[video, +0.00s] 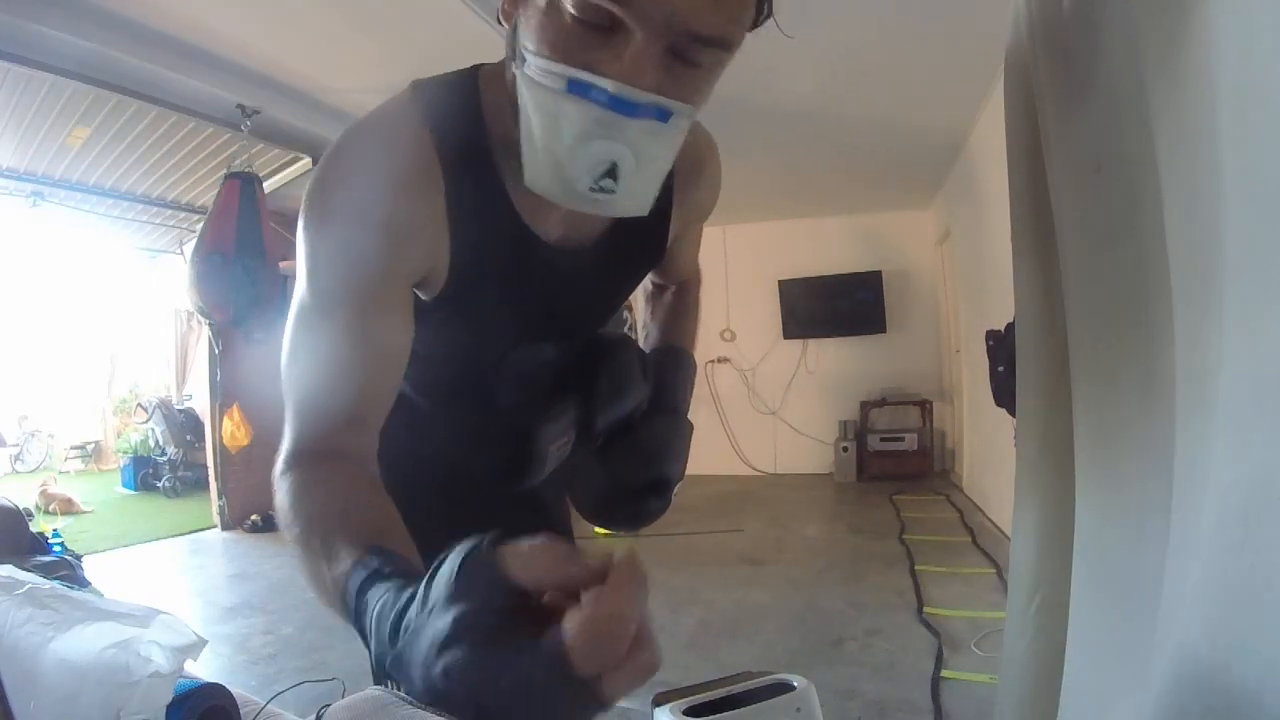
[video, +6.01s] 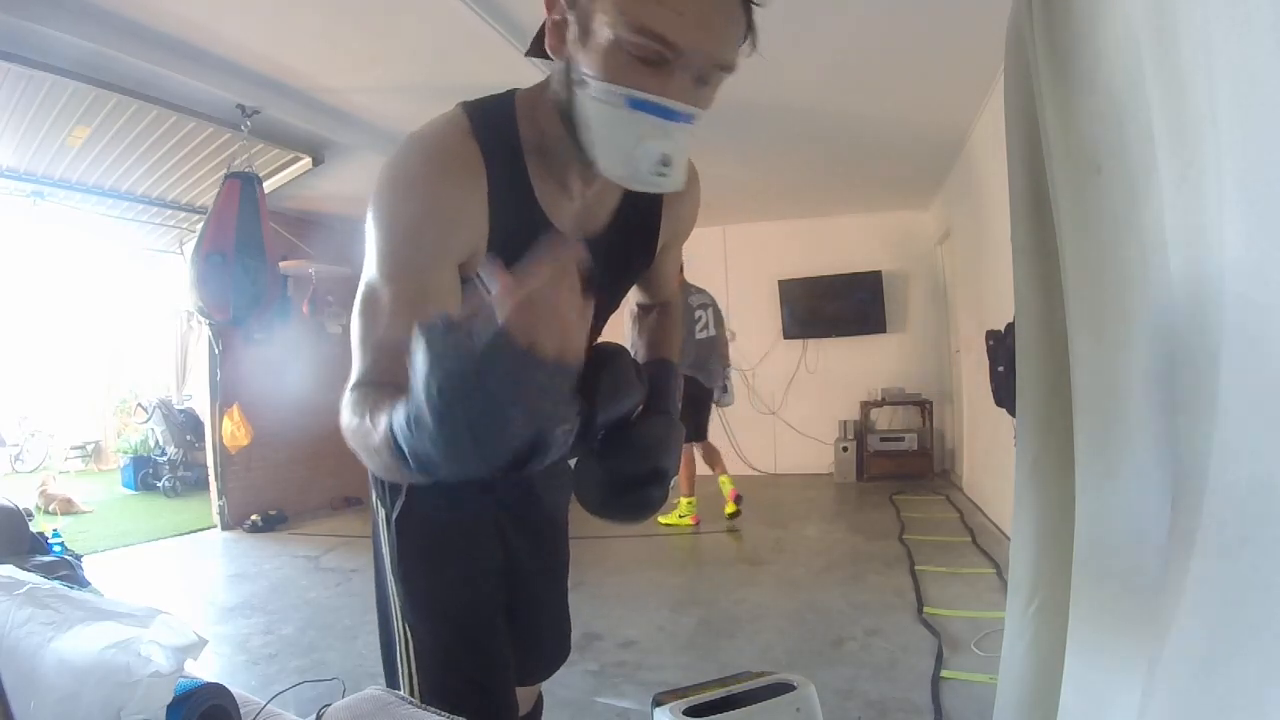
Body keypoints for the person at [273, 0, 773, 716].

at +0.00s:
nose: (629, 85)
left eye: (689, 56)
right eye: (596, 21)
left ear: (731, 56)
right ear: (515, 5)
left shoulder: (684, 169)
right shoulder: (389, 165)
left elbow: (674, 282)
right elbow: (322, 455)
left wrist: (660, 413)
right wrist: (398, 621)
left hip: (542, 486)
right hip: (407, 491)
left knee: (559, 682)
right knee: (435, 690)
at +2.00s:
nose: (686, 126)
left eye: (726, 102)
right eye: (661, 76)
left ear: (758, 94)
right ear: (597, 33)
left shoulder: (673, 180)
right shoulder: (470, 165)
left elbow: (646, 290)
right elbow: (394, 405)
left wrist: (655, 401)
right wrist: (522, 401)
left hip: (542, 446)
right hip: (439, 458)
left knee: (540, 648)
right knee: (479, 701)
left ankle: (526, 713)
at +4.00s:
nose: (741, 199)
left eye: (756, 187)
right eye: (742, 169)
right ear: (679, 117)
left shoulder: (612, 187)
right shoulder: (600, 186)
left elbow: (548, 351)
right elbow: (488, 397)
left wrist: (579, 441)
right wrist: (656, 425)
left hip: (467, 457)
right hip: (420, 461)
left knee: (509, 677)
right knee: (485, 703)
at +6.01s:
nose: (672, 105)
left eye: (707, 78)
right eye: (646, 58)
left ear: (728, 73)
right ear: (560, 28)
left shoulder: (669, 187)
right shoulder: (442, 165)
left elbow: (659, 300)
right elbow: (367, 405)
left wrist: (660, 407)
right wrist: (435, 437)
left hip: (545, 458)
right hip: (434, 471)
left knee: (527, 683)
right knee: (468, 704)